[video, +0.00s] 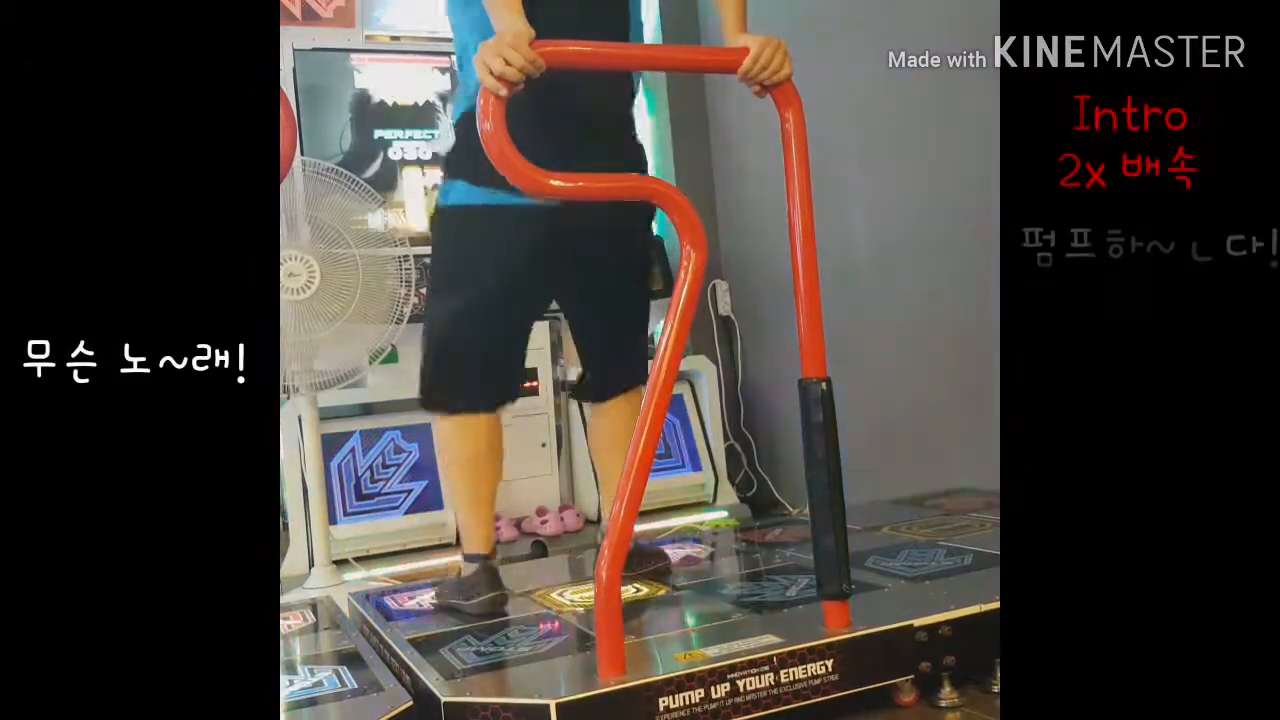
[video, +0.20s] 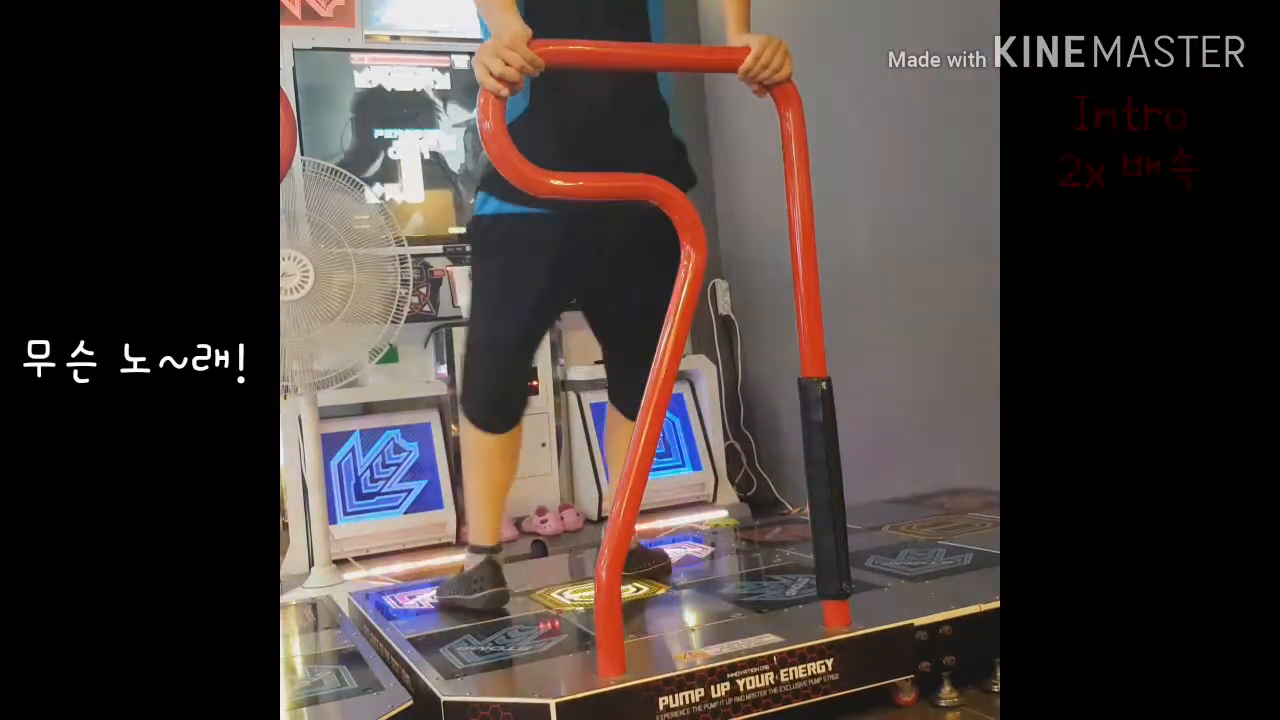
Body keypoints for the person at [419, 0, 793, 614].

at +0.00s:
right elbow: (505, 22)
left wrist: (739, 41)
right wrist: (505, 36)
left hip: (606, 163)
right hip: (491, 167)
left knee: (617, 363)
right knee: (461, 367)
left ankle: (623, 545)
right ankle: (476, 571)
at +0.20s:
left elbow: (728, 36)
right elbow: (507, 27)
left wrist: (747, 44)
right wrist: (501, 40)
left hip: (638, 180)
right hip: (524, 182)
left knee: (641, 373)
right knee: (492, 373)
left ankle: (621, 540)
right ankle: (482, 559)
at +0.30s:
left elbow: (730, 38)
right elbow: (514, 38)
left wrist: (755, 49)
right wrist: (496, 52)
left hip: (660, 150)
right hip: (549, 157)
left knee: (668, 360)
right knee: (568, 365)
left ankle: (661, 534)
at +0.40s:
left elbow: (733, 34)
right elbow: (513, 38)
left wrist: (753, 49)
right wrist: (497, 52)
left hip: (671, 171)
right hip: (559, 180)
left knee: (692, 359)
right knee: (603, 370)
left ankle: (699, 533)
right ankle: (622, 545)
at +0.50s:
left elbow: (741, 37)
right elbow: (513, 30)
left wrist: (755, 44)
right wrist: (501, 48)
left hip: (647, 140)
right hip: (537, 149)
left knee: (620, 355)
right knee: (560, 373)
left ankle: (665, 520)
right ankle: (593, 550)